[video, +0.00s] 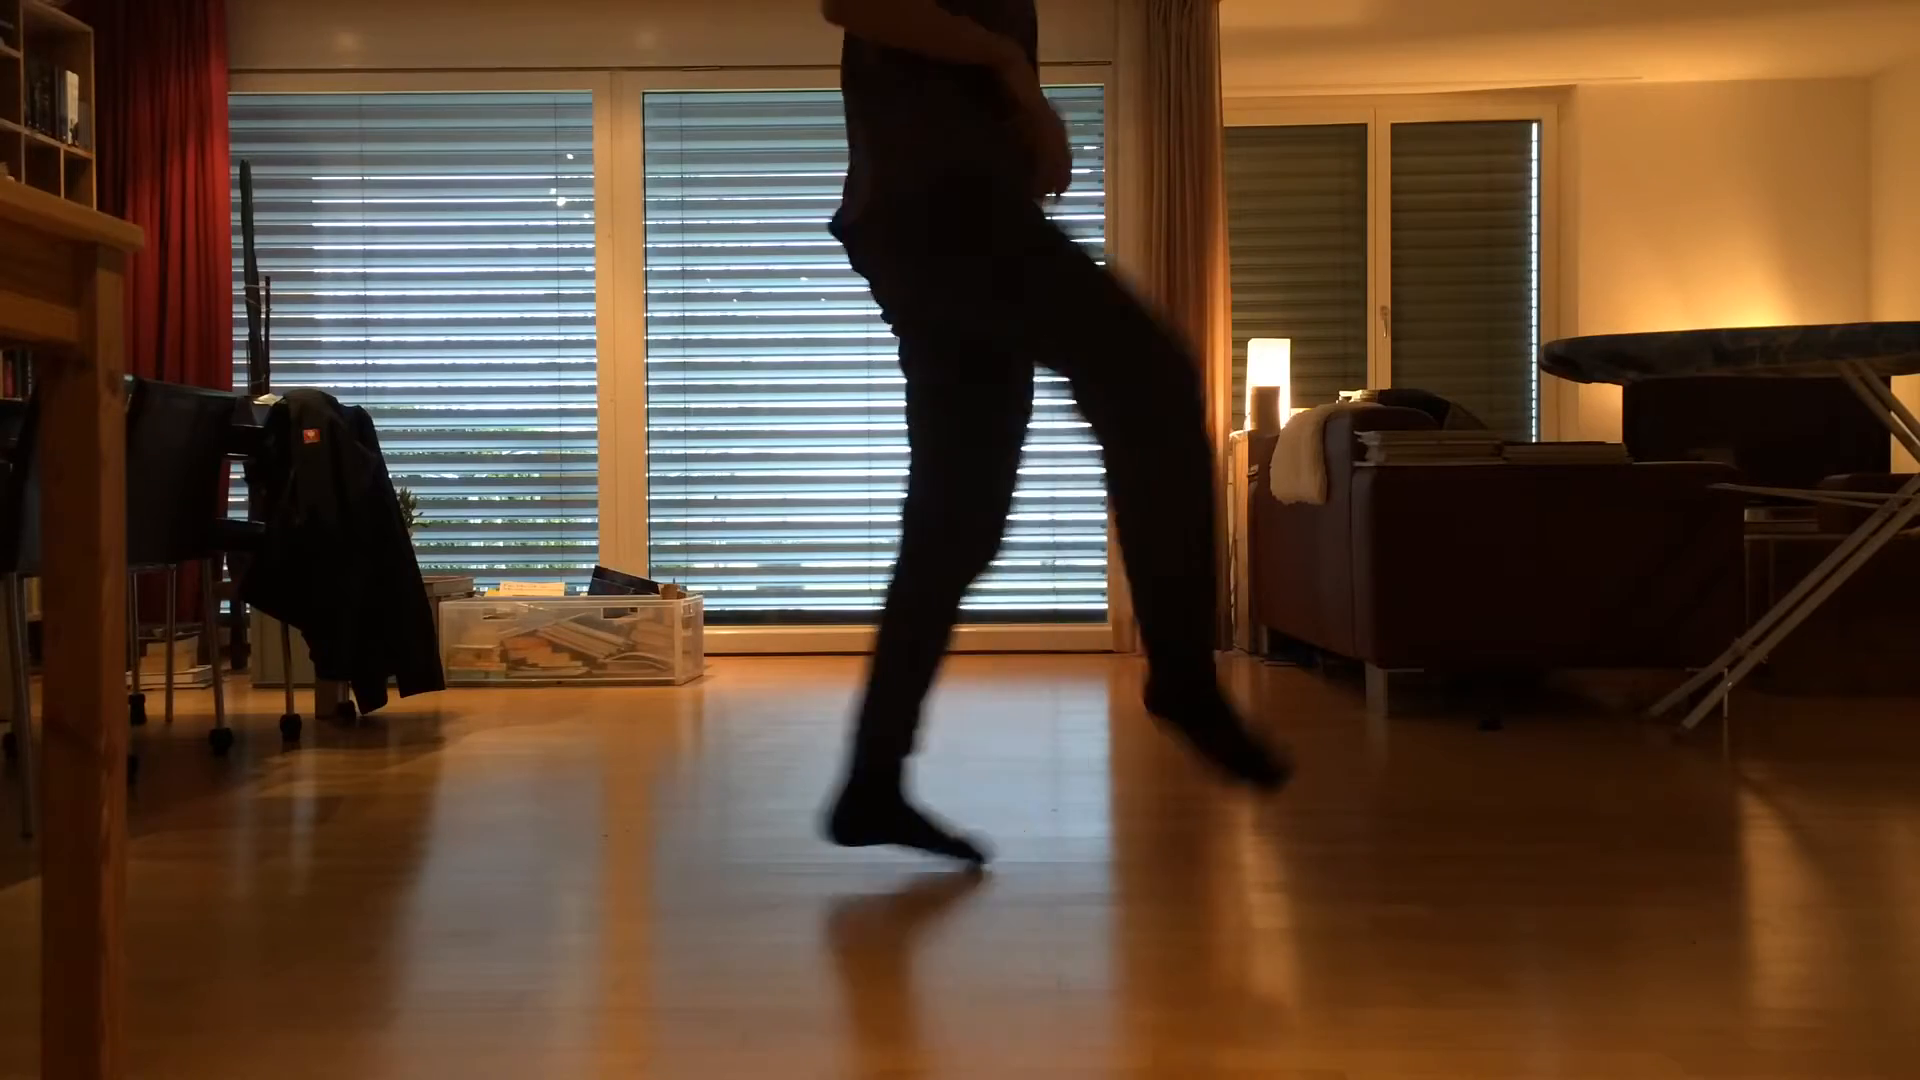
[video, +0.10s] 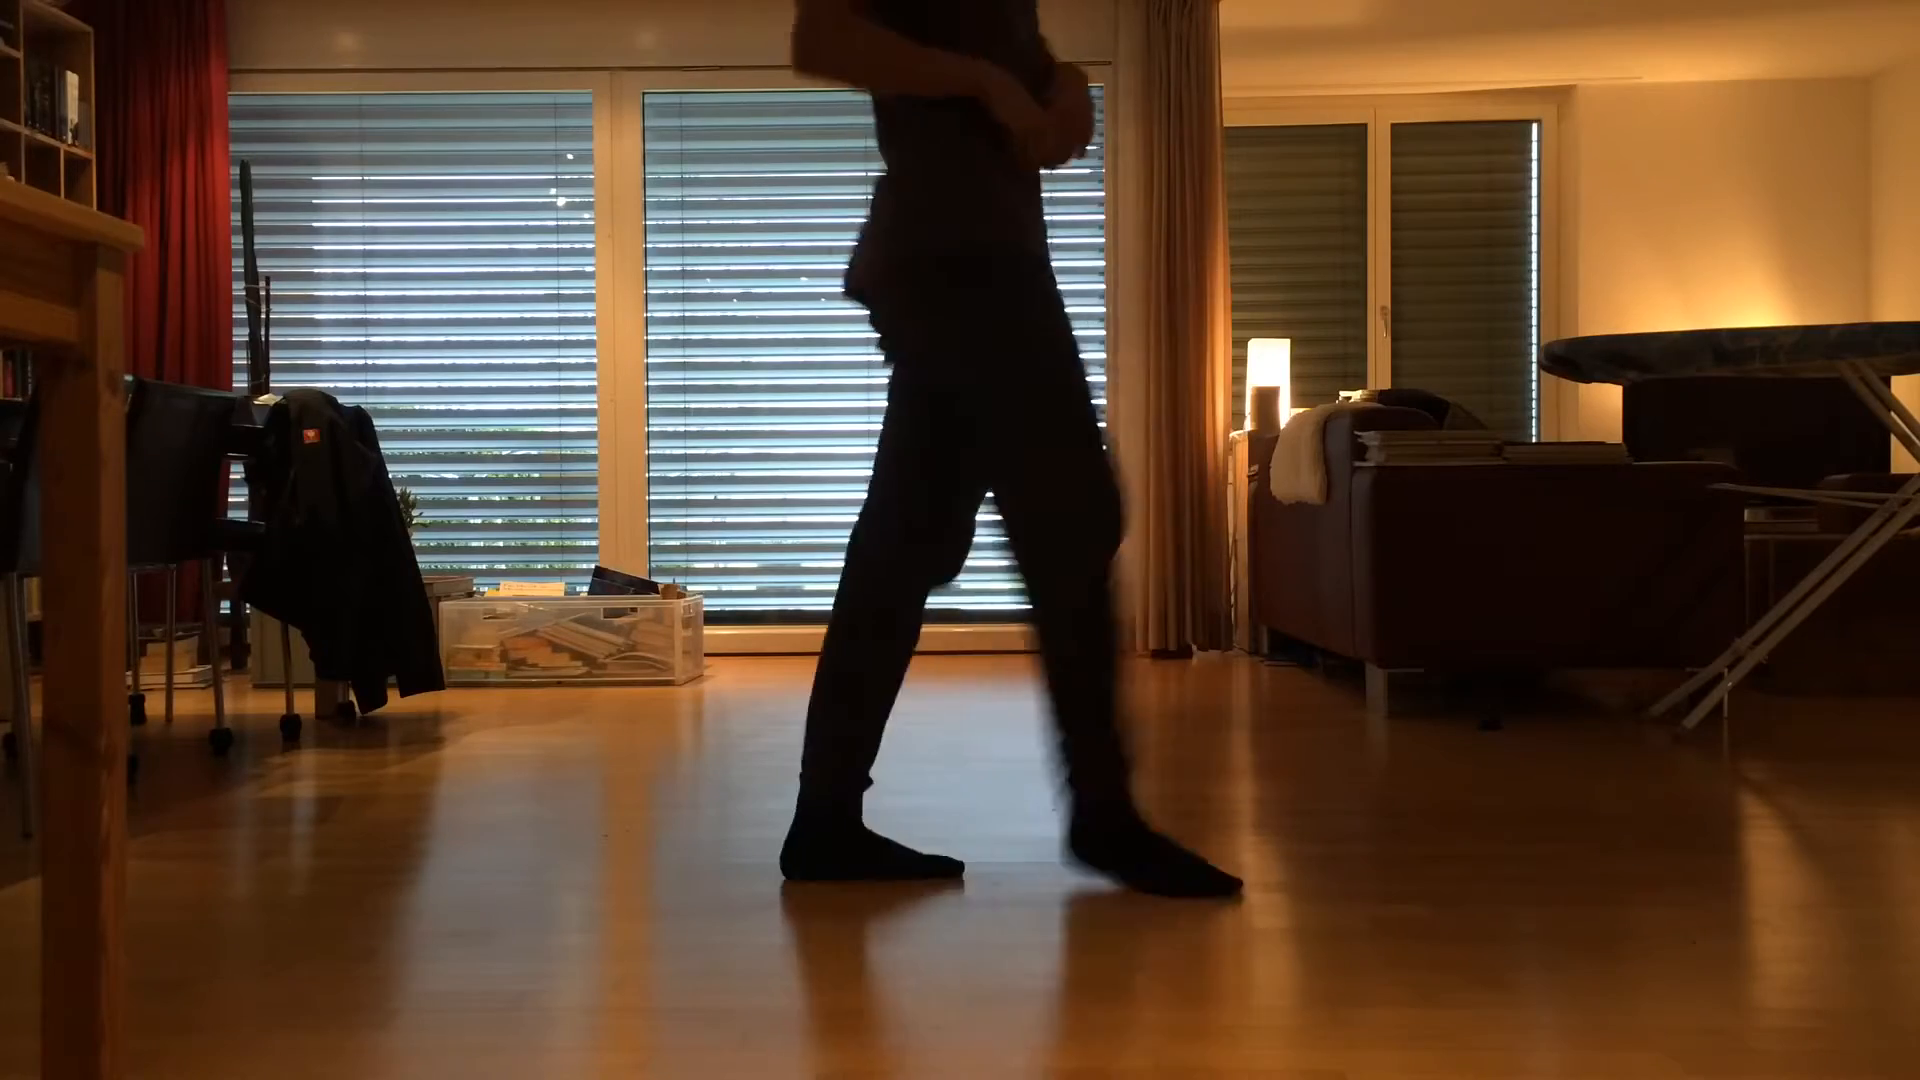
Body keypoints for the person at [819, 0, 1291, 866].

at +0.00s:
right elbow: (852, 11)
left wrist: (1029, 123)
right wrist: (1008, 60)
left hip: (963, 208)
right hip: (938, 208)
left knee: (953, 522)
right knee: (1153, 386)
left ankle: (871, 788)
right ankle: (1184, 682)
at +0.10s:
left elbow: (1016, 46)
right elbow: (820, 38)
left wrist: (1066, 93)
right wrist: (988, 81)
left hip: (986, 243)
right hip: (953, 248)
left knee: (907, 538)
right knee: (1071, 520)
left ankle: (825, 822)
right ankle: (1104, 816)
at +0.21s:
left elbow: (1090, 54)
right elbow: (805, 65)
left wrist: (1095, 91)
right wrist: (963, 93)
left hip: (1017, 248)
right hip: (929, 247)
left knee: (979, 525)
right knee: (1016, 520)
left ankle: (849, 772)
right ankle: (1031, 813)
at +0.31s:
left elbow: (1133, 50)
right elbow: (793, 88)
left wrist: (1095, 98)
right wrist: (917, 91)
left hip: (1049, 234)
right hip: (932, 246)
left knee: (1169, 488)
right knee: (969, 551)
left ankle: (988, 584)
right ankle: (925, 822)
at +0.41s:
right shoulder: (841, 1)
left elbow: (1150, 39)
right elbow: (802, 112)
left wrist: (1117, 122)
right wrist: (916, 132)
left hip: (1080, 253)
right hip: (951, 272)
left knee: (1232, 426)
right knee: (957, 566)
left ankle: (1106, 531)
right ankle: (933, 819)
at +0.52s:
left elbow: (1165, 6)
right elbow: (825, 99)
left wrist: (1141, 117)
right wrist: (915, 110)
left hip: (1116, 210)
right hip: (977, 227)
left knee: (1217, 425)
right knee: (958, 513)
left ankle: (1150, 661)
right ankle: (987, 789)